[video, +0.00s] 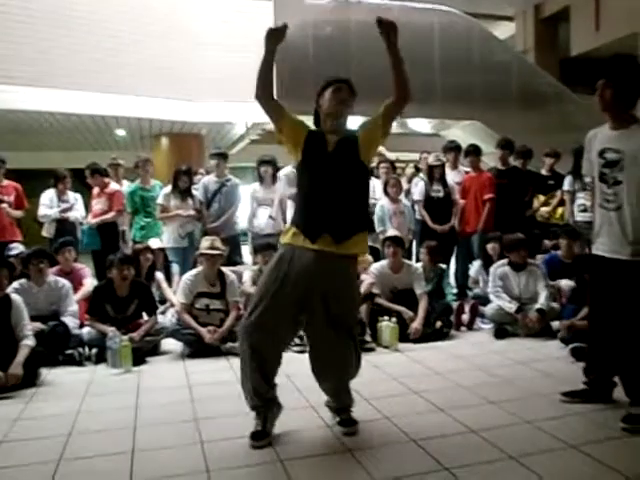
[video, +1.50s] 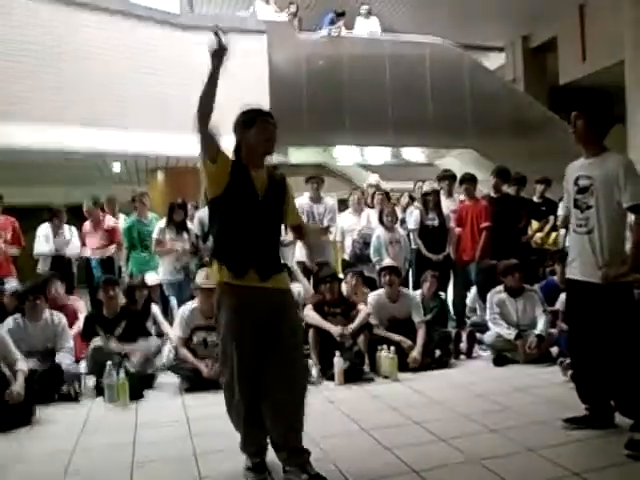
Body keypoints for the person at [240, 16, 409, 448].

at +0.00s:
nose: (341, 99)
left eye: (346, 96)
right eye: (334, 94)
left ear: (352, 108)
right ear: (318, 104)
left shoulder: (363, 142)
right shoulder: (301, 137)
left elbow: (401, 98)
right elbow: (265, 97)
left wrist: (392, 44)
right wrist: (270, 50)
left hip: (341, 260)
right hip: (295, 253)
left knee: (338, 343)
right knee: (256, 333)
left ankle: (341, 404)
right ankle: (264, 410)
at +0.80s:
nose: (281, 91)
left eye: (287, 85)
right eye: (274, 85)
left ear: (295, 94)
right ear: (261, 92)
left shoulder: (305, 132)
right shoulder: (248, 133)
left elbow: (339, 86)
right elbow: (216, 81)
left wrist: (333, 34)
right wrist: (227, 28)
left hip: (311, 246)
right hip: (269, 247)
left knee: (330, 321)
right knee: (274, 332)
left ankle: (342, 381)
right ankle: (260, 401)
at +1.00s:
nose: (267, 169)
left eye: (273, 163)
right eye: (261, 164)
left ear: (281, 171)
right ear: (247, 171)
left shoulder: (292, 207)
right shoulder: (233, 205)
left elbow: (330, 175)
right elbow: (193, 178)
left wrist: (322, 128)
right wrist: (208, 126)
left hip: (291, 317)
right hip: (248, 321)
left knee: (330, 389)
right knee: (259, 403)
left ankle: (336, 462)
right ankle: (258, 468)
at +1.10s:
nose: (263, 175)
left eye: (270, 168)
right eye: (255, 168)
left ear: (278, 172)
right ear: (242, 172)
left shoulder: (287, 210)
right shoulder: (226, 209)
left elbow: (327, 220)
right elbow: (180, 205)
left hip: (285, 321)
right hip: (242, 325)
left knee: (333, 390)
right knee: (255, 409)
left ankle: (343, 470)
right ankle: (257, 470)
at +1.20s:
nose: (274, 147)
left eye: (273, 141)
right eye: (266, 141)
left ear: (272, 149)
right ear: (244, 148)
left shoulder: (281, 194)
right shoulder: (225, 184)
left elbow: (299, 243)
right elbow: (207, 176)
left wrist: (319, 242)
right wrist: (200, 159)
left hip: (278, 301)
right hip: (239, 304)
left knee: (311, 374)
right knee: (249, 387)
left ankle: (349, 450)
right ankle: (256, 460)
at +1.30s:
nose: (271, 133)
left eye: (272, 127)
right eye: (263, 127)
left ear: (269, 138)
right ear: (240, 134)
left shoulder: (278, 185)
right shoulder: (222, 171)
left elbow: (288, 236)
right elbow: (214, 115)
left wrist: (294, 277)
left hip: (277, 286)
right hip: (234, 287)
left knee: (298, 366)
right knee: (245, 371)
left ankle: (306, 451)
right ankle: (252, 449)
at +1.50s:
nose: (270, 138)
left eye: (273, 132)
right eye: (262, 131)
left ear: (274, 139)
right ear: (241, 134)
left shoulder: (279, 183)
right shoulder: (221, 172)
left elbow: (301, 230)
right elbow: (202, 124)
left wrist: (318, 246)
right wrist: (215, 68)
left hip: (277, 289)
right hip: (235, 290)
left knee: (289, 373)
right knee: (244, 375)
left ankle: (292, 455)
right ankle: (255, 455)